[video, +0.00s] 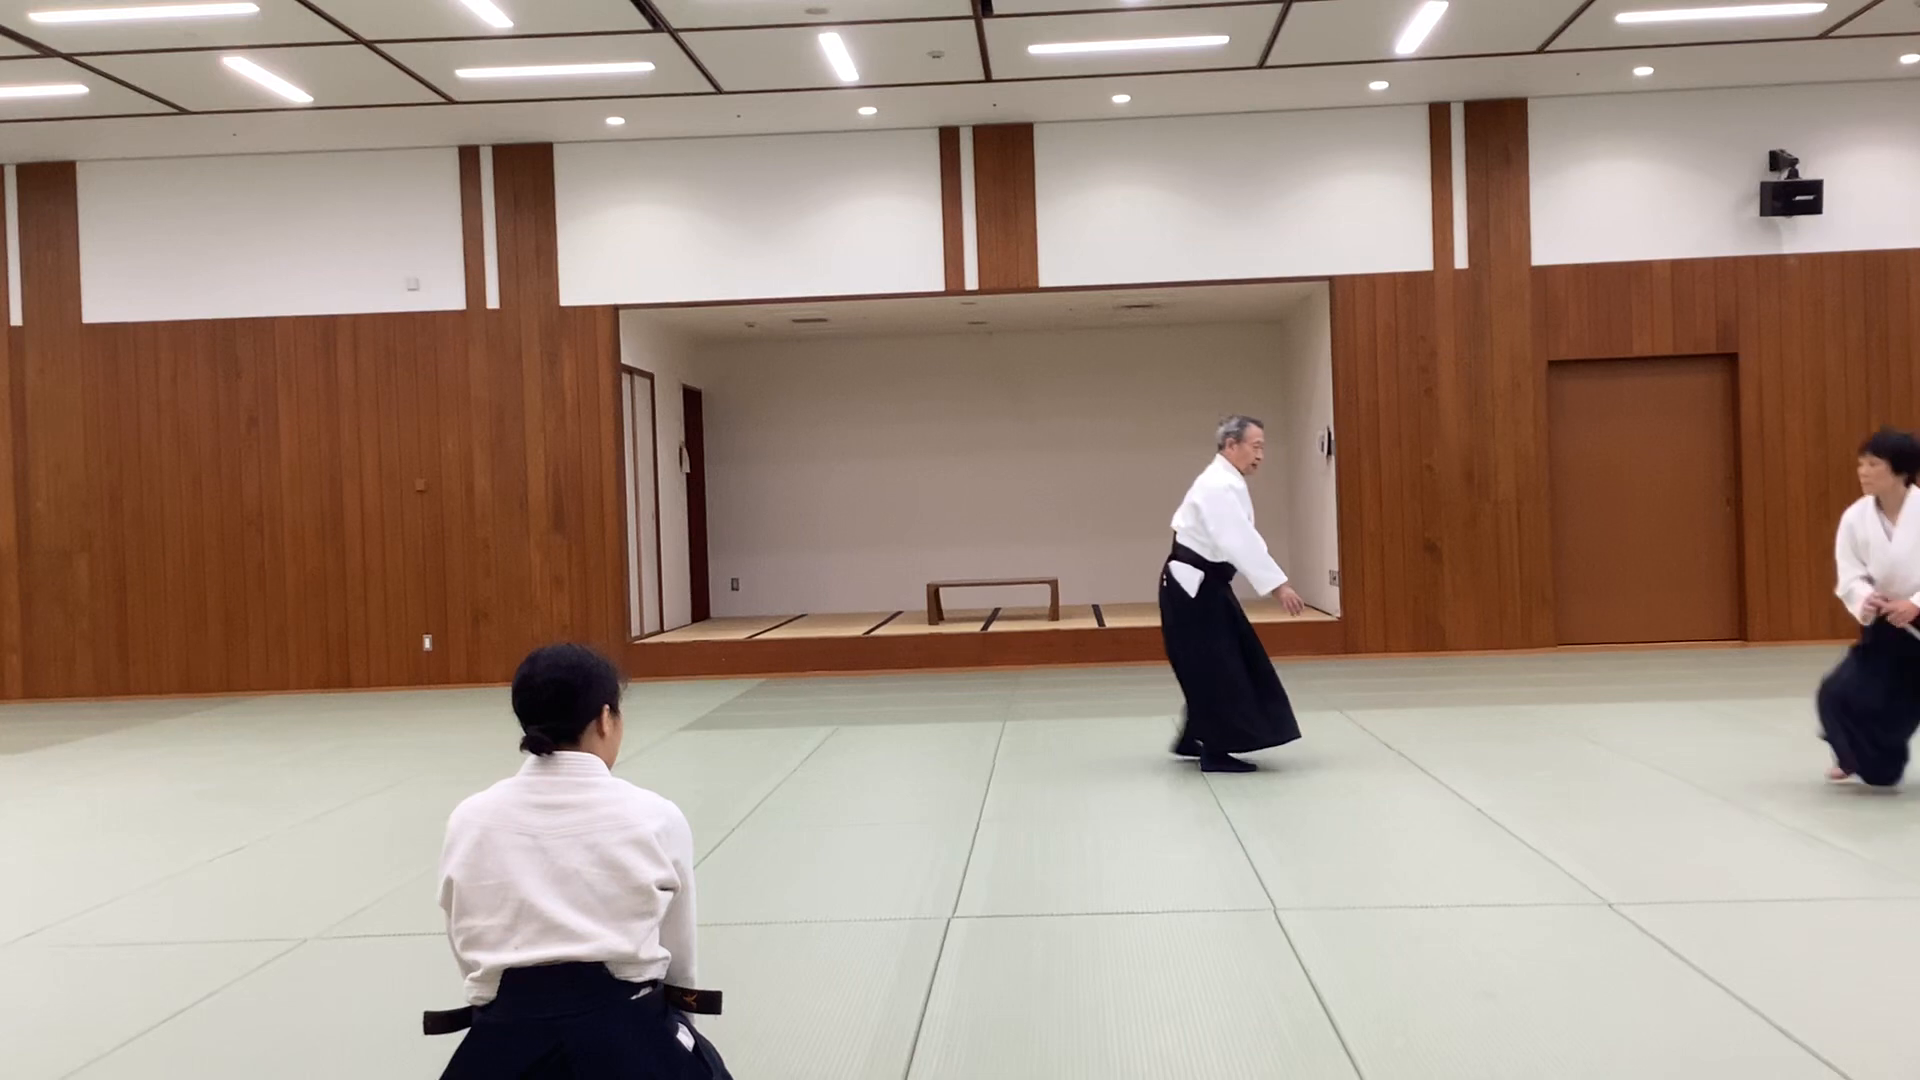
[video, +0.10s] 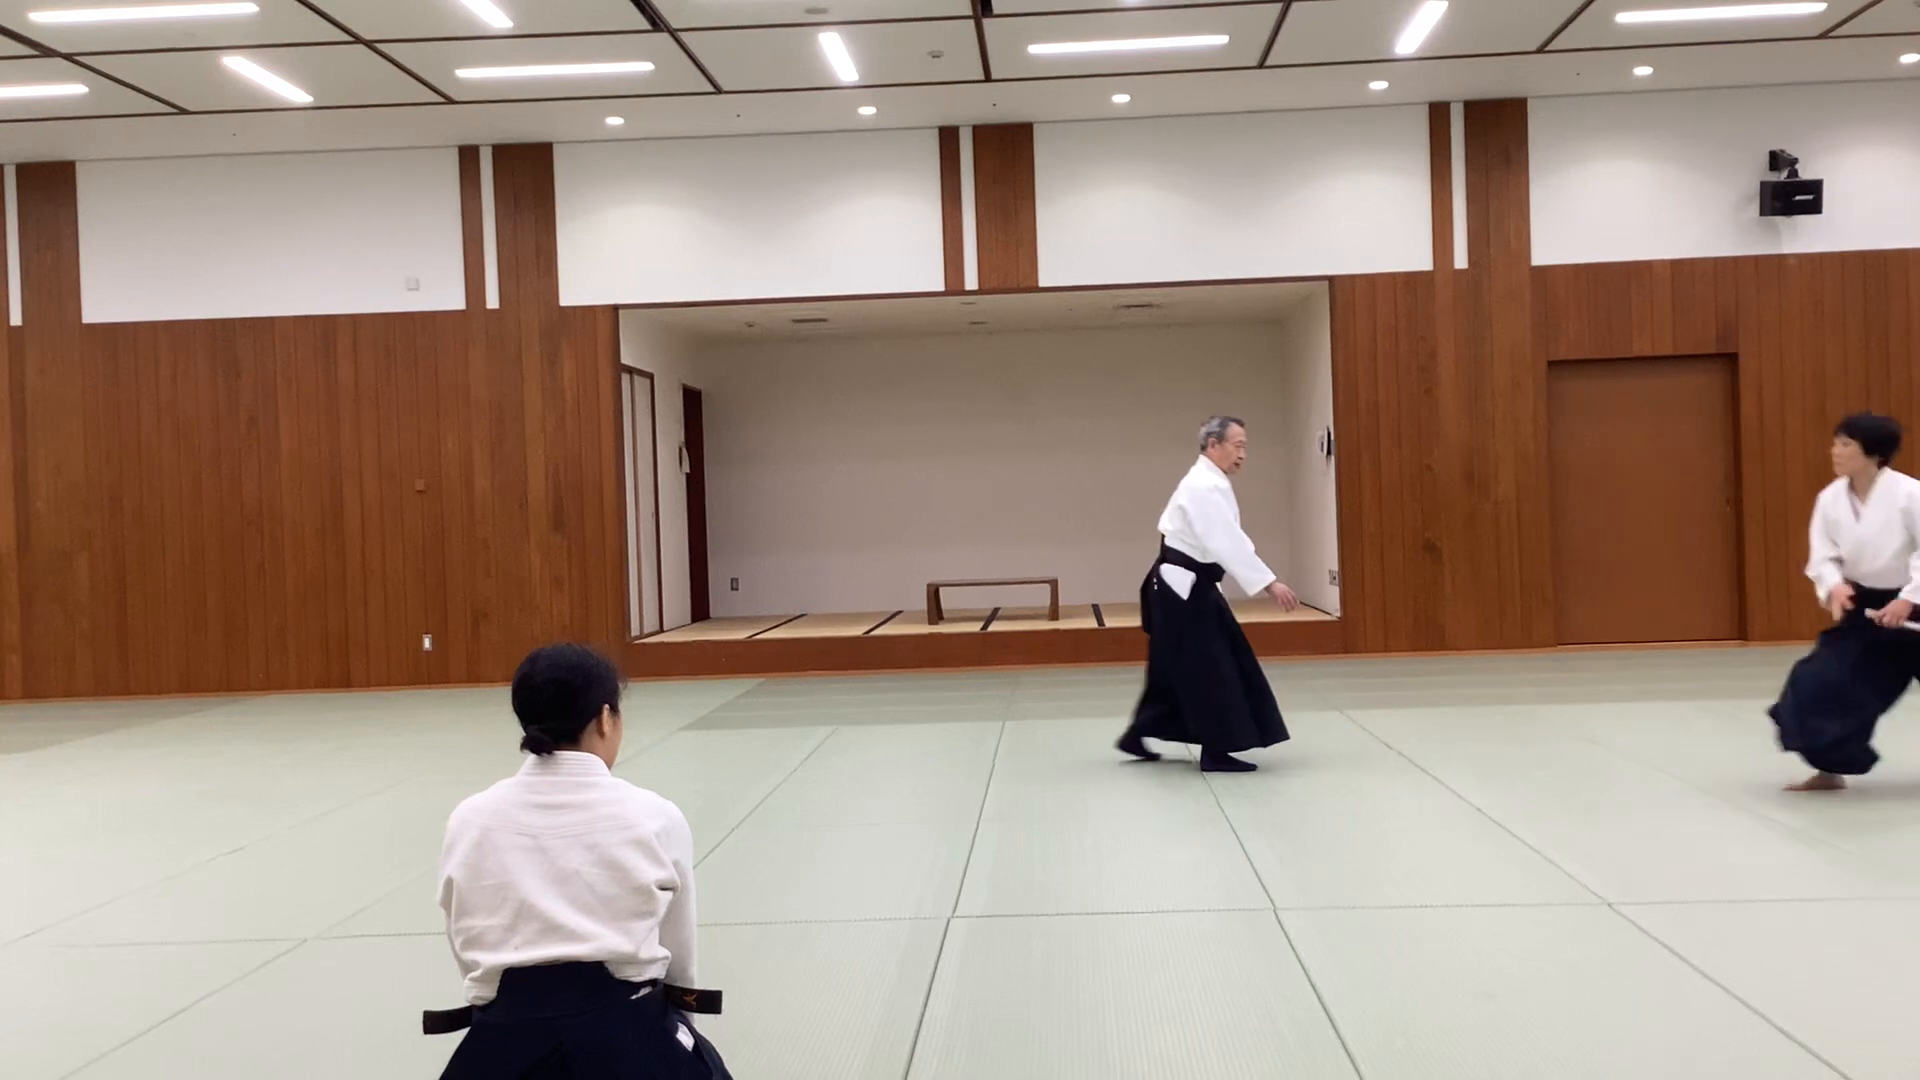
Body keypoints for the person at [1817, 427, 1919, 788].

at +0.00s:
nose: (1862, 471)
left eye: (1872, 464)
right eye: (1860, 463)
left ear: (1899, 470)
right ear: (1857, 468)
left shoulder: (1919, 510)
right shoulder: (1855, 517)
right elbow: (1848, 576)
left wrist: (1916, 604)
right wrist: (1865, 599)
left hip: (1917, 631)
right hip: (1882, 630)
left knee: (1899, 705)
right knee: (1836, 691)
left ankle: (1879, 763)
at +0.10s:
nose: (1834, 452)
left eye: (1845, 446)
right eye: (1834, 444)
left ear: (1872, 453)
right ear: (1835, 449)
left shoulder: (1908, 494)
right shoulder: (1829, 498)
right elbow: (1821, 558)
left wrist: (1908, 598)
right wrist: (1834, 586)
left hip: (1906, 613)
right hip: (1858, 611)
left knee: (1858, 685)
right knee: (1813, 678)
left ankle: (1835, 765)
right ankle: (1829, 770)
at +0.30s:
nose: (1779, 421)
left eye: (1789, 415)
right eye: (1781, 413)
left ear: (1816, 424)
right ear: (1792, 423)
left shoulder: (1852, 468)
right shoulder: (1773, 469)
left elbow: (1881, 527)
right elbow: (1758, 526)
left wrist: (1888, 586)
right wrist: (1760, 575)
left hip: (1852, 583)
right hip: (1803, 583)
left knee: (1873, 668)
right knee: (1787, 668)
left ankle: (1911, 749)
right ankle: (1817, 755)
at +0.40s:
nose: (1753, 432)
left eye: (1763, 427)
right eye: (1755, 424)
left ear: (1789, 436)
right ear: (1774, 435)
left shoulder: (1825, 478)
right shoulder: (1750, 479)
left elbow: (1856, 536)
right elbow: (1735, 535)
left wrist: (1856, 598)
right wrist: (1729, 587)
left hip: (1821, 592)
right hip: (1775, 591)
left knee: (1834, 676)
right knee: (1732, 665)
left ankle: (1897, 762)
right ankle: (1764, 755)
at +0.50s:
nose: (1715, 444)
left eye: (1725, 439)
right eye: (1717, 437)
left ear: (1751, 449)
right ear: (1734, 449)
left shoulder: (1785, 492)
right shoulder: (1716, 492)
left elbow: (1810, 552)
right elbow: (1707, 550)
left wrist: (1807, 612)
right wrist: (1692, 597)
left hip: (1784, 605)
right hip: (1742, 605)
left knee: (1821, 685)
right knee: (1679, 666)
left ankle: (1882, 770)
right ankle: (1662, 759)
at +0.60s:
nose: (1658, 445)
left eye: (1668, 440)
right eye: (1661, 438)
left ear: (1693, 450)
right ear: (1678, 450)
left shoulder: (1722, 490)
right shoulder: (1662, 493)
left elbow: (1745, 549)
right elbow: (1667, 554)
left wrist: (1747, 609)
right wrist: (1652, 597)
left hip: (1733, 607)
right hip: (1691, 609)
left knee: (1800, 680)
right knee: (1629, 670)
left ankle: (1881, 761)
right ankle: (1623, 766)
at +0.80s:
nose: (1556, 451)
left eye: (1564, 446)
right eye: (1557, 443)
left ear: (1586, 455)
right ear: (1584, 453)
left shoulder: (1606, 496)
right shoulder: (1572, 490)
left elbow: (1578, 559)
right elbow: (1564, 554)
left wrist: (1525, 587)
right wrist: (1523, 578)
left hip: (1627, 601)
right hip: (1599, 602)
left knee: (1638, 682)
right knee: (1577, 686)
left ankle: (1667, 767)